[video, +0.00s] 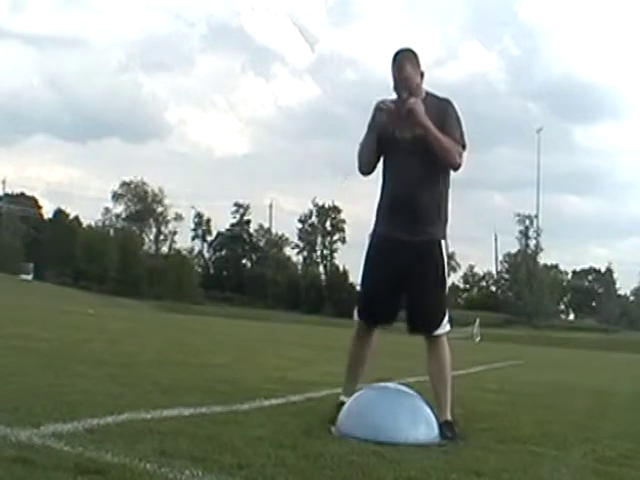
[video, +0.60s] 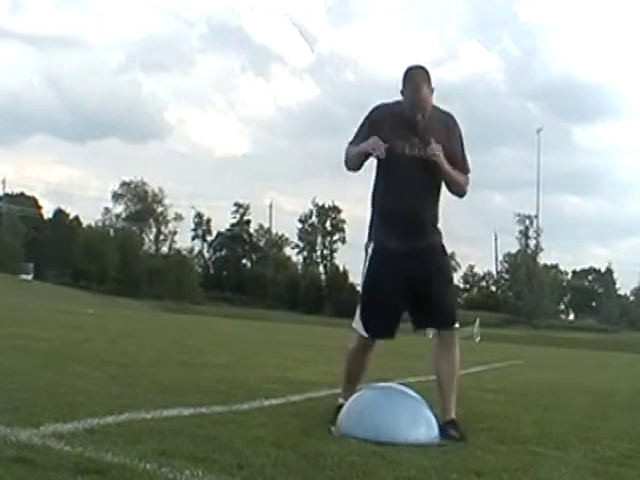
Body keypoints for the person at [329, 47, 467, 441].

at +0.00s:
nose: (402, 88)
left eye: (407, 81)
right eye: (397, 83)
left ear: (422, 76)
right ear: (392, 81)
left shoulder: (442, 109)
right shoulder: (384, 112)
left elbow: (455, 160)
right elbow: (365, 166)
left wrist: (422, 121)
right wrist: (379, 123)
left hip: (428, 237)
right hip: (386, 235)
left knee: (435, 332)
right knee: (365, 324)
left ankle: (444, 418)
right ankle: (347, 403)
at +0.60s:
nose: (419, 112)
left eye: (423, 105)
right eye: (412, 106)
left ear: (433, 95)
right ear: (401, 96)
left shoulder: (447, 124)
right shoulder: (383, 116)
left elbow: (462, 187)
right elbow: (351, 162)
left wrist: (442, 163)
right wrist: (364, 148)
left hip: (428, 243)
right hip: (386, 243)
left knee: (446, 328)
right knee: (367, 335)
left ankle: (448, 418)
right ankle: (345, 405)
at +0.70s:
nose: (431, 134)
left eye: (436, 128)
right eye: (424, 127)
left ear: (444, 120)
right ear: (413, 118)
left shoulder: (448, 141)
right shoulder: (389, 136)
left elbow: (461, 203)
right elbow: (348, 167)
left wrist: (452, 186)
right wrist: (371, 181)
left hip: (427, 255)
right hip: (389, 256)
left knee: (454, 328)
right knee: (376, 349)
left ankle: (448, 419)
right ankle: (342, 401)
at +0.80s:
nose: (441, 174)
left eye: (447, 169)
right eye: (437, 168)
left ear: (453, 162)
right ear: (425, 155)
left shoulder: (449, 179)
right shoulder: (398, 173)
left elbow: (459, 228)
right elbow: (354, 206)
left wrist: (450, 214)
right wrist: (384, 243)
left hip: (427, 275)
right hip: (389, 277)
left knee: (460, 334)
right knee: (382, 370)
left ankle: (450, 420)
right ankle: (342, 394)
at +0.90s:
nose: (445, 222)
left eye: (451, 217)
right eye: (440, 215)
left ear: (460, 207)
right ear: (429, 202)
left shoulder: (454, 204)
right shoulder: (405, 217)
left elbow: (453, 234)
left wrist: (454, 256)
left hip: (429, 291)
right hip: (395, 292)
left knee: (463, 333)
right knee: (398, 380)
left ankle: (450, 419)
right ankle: (343, 393)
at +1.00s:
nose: (450, 257)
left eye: (456, 252)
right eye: (445, 252)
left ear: (462, 234)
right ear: (434, 231)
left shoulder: (456, 223)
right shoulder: (406, 239)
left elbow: (462, 260)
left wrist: (452, 290)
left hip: (422, 292)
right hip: (386, 292)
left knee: (462, 329)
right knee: (393, 384)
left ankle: (451, 419)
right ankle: (343, 394)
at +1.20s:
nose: (437, 267)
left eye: (444, 263)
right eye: (434, 259)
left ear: (457, 252)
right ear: (428, 237)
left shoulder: (457, 265)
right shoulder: (401, 223)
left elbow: (447, 332)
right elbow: (352, 246)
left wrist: (418, 385)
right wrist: (374, 296)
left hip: (423, 306)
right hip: (386, 298)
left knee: (464, 331)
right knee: (381, 380)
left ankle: (451, 419)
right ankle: (340, 394)